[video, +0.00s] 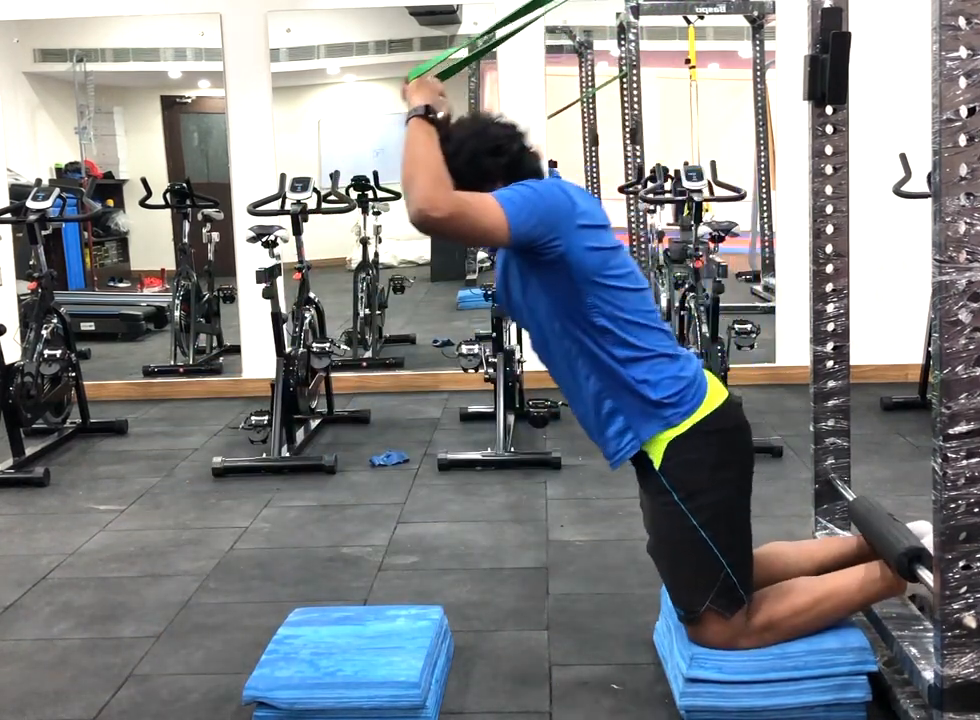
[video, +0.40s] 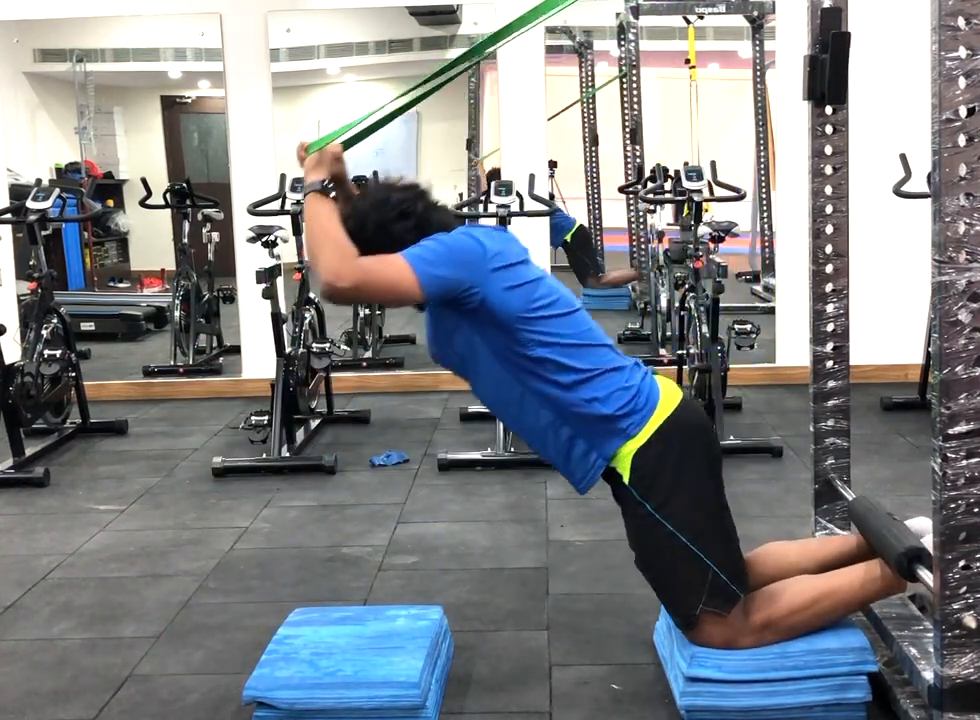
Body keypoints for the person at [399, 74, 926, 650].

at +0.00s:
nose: (457, 205)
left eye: (458, 193)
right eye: (450, 193)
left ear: (484, 185)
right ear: (510, 159)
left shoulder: (550, 203)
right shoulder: (538, 216)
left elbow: (433, 207)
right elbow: (443, 206)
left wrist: (419, 115)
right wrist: (430, 120)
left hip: (687, 435)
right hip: (670, 433)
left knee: (723, 627)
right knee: (715, 580)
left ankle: (901, 576)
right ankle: (871, 542)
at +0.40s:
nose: (372, 276)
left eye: (369, 260)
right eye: (365, 260)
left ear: (397, 248)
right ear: (416, 217)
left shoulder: (464, 254)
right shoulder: (471, 253)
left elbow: (340, 275)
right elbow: (353, 271)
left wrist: (318, 189)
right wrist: (328, 191)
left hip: (648, 445)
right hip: (647, 431)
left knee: (723, 626)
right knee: (720, 583)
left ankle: (910, 572)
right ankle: (866, 539)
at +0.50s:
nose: (359, 291)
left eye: (357, 277)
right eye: (352, 279)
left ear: (383, 263)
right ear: (399, 232)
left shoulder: (449, 268)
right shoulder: (455, 267)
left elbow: (323, 295)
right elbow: (338, 291)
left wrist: (295, 210)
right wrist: (307, 218)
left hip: (640, 450)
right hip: (639, 436)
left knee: (723, 626)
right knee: (718, 584)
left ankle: (903, 570)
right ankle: (865, 540)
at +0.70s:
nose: (329, 316)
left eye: (327, 303)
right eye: (323, 304)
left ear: (348, 287)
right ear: (368, 266)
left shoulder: (413, 296)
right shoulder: (428, 288)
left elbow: (285, 333)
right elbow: (300, 333)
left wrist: (254, 247)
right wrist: (270, 247)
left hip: (622, 459)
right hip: (622, 443)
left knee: (721, 631)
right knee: (710, 588)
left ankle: (903, 570)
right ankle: (860, 538)